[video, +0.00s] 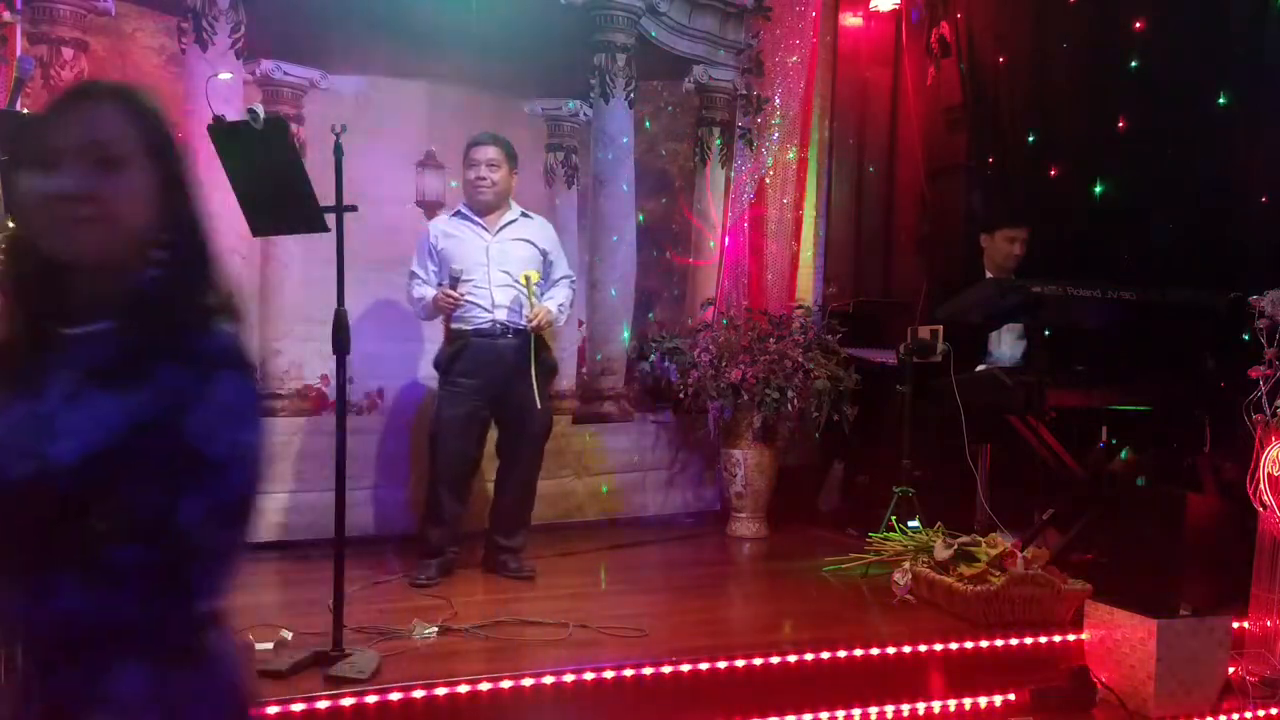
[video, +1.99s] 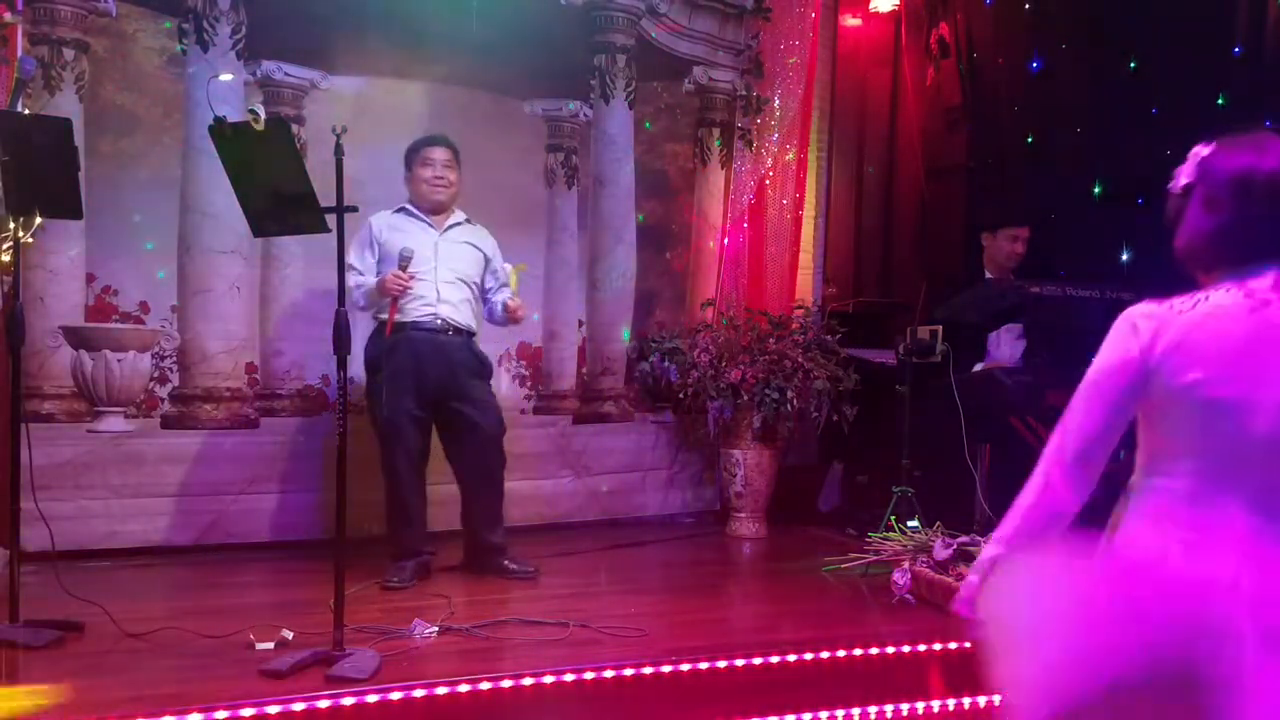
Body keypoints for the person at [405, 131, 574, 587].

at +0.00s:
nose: (481, 174)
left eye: (492, 166)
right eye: (472, 166)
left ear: (512, 175)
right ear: (462, 176)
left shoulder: (539, 229)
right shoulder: (441, 230)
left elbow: (563, 282)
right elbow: (418, 288)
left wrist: (551, 307)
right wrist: (434, 299)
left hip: (524, 354)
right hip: (467, 353)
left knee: (524, 458)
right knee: (451, 454)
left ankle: (506, 550)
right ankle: (440, 552)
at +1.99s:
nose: (438, 173)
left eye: (448, 166)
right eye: (427, 165)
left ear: (459, 179)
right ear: (408, 176)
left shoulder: (479, 238)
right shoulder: (380, 225)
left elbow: (494, 299)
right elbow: (353, 293)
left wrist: (507, 307)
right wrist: (377, 288)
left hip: (461, 351)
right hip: (401, 349)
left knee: (485, 443)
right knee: (402, 453)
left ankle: (487, 551)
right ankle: (409, 557)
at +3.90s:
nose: (463, 179)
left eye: (475, 172)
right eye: (455, 171)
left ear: (494, 182)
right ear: (444, 179)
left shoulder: (518, 240)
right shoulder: (418, 228)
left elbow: (538, 293)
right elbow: (388, 290)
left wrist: (532, 316)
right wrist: (408, 285)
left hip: (488, 354)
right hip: (427, 351)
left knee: (507, 453)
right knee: (415, 455)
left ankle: (520, 553)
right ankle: (411, 557)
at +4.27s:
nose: (463, 172)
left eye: (475, 165)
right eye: (455, 165)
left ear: (497, 178)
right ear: (445, 176)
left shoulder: (521, 235)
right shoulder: (422, 223)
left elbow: (543, 288)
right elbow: (391, 288)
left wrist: (537, 307)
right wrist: (415, 269)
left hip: (493, 351)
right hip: (432, 349)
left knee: (507, 456)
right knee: (420, 456)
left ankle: (519, 554)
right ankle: (412, 557)